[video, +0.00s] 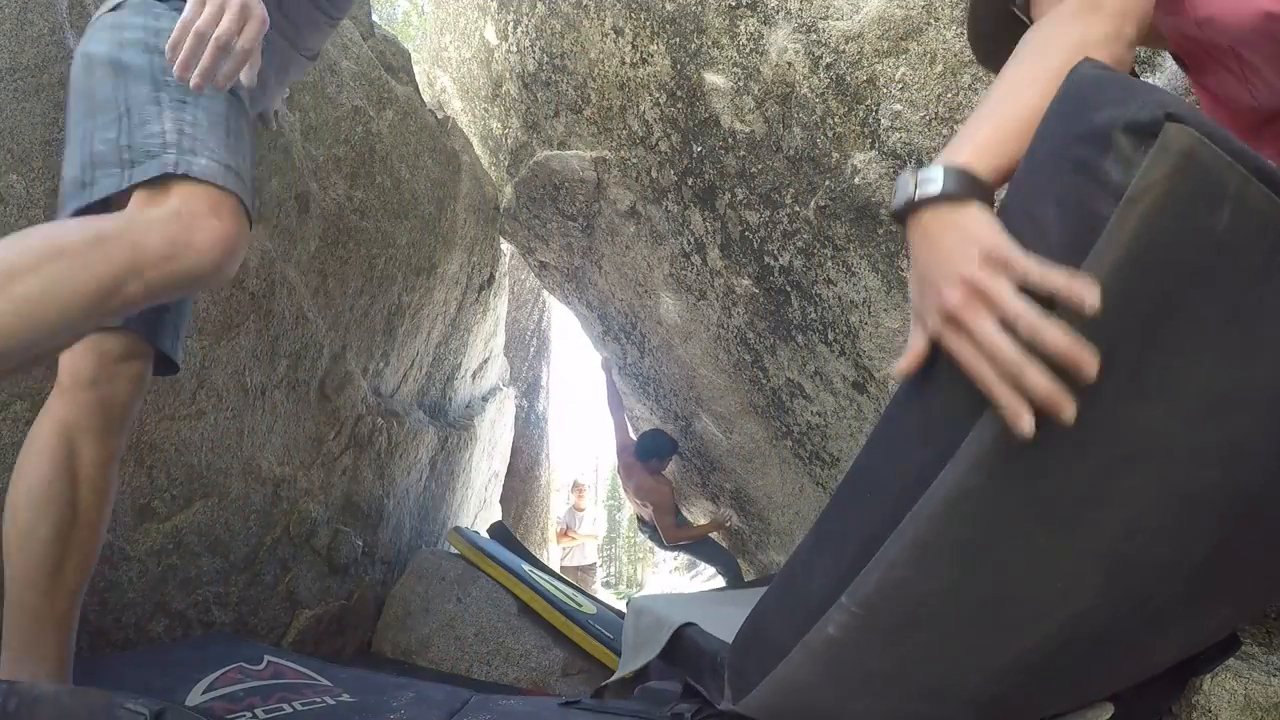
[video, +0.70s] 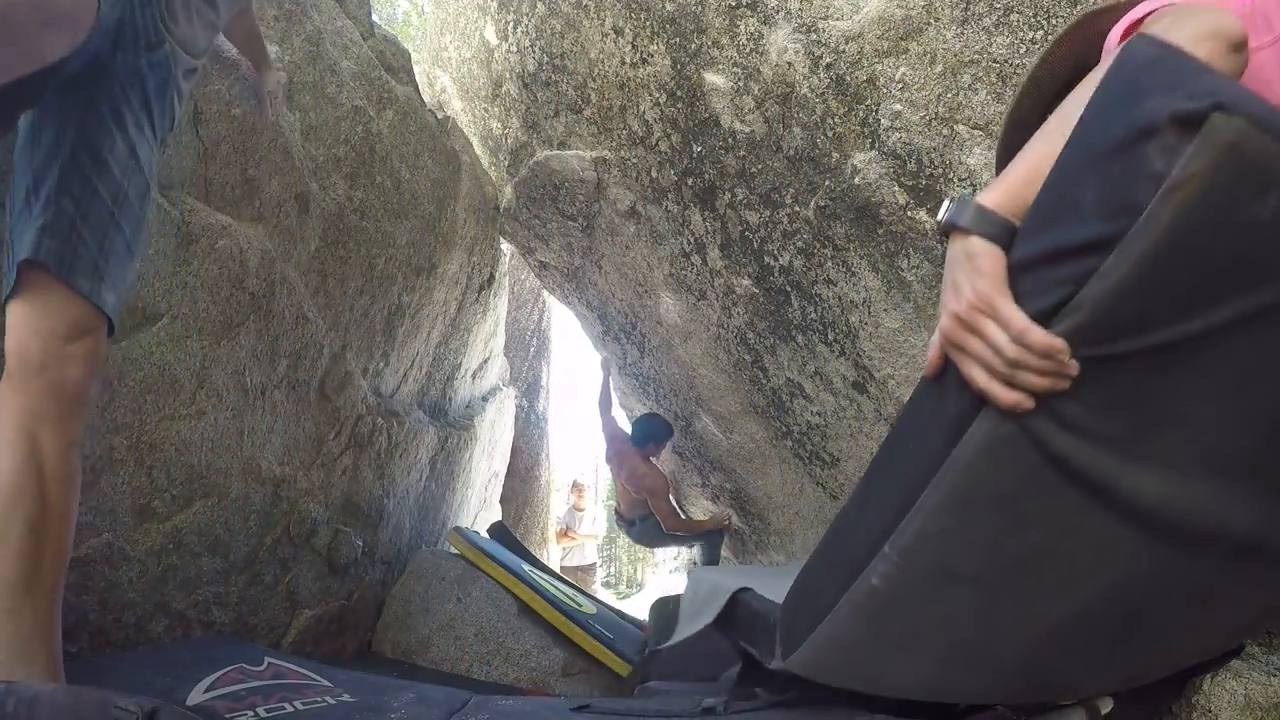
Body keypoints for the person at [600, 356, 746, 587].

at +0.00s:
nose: (668, 463)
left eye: (669, 459)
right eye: (667, 459)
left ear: (643, 450)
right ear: (656, 461)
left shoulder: (626, 452)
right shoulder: (660, 490)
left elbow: (616, 412)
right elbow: (670, 537)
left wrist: (608, 374)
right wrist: (713, 527)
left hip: (644, 524)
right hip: (667, 532)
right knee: (726, 561)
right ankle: (739, 596)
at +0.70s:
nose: (664, 448)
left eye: (665, 444)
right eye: (663, 444)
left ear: (636, 432)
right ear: (652, 444)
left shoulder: (616, 440)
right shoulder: (653, 480)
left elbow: (604, 409)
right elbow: (673, 525)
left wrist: (605, 375)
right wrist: (710, 524)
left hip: (621, 518)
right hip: (644, 528)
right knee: (712, 534)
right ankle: (707, 584)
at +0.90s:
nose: (665, 446)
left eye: (666, 442)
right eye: (664, 442)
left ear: (637, 429)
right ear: (655, 444)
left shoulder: (616, 438)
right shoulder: (654, 479)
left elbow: (603, 411)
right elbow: (672, 524)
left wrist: (605, 375)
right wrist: (710, 524)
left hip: (617, 517)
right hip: (641, 529)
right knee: (704, 511)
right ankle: (693, 549)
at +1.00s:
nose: (666, 446)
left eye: (667, 442)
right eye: (665, 442)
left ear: (637, 430)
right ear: (655, 445)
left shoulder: (616, 438)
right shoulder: (654, 478)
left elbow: (603, 411)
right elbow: (671, 524)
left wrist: (605, 375)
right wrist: (711, 524)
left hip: (616, 517)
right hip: (638, 528)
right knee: (701, 500)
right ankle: (689, 537)